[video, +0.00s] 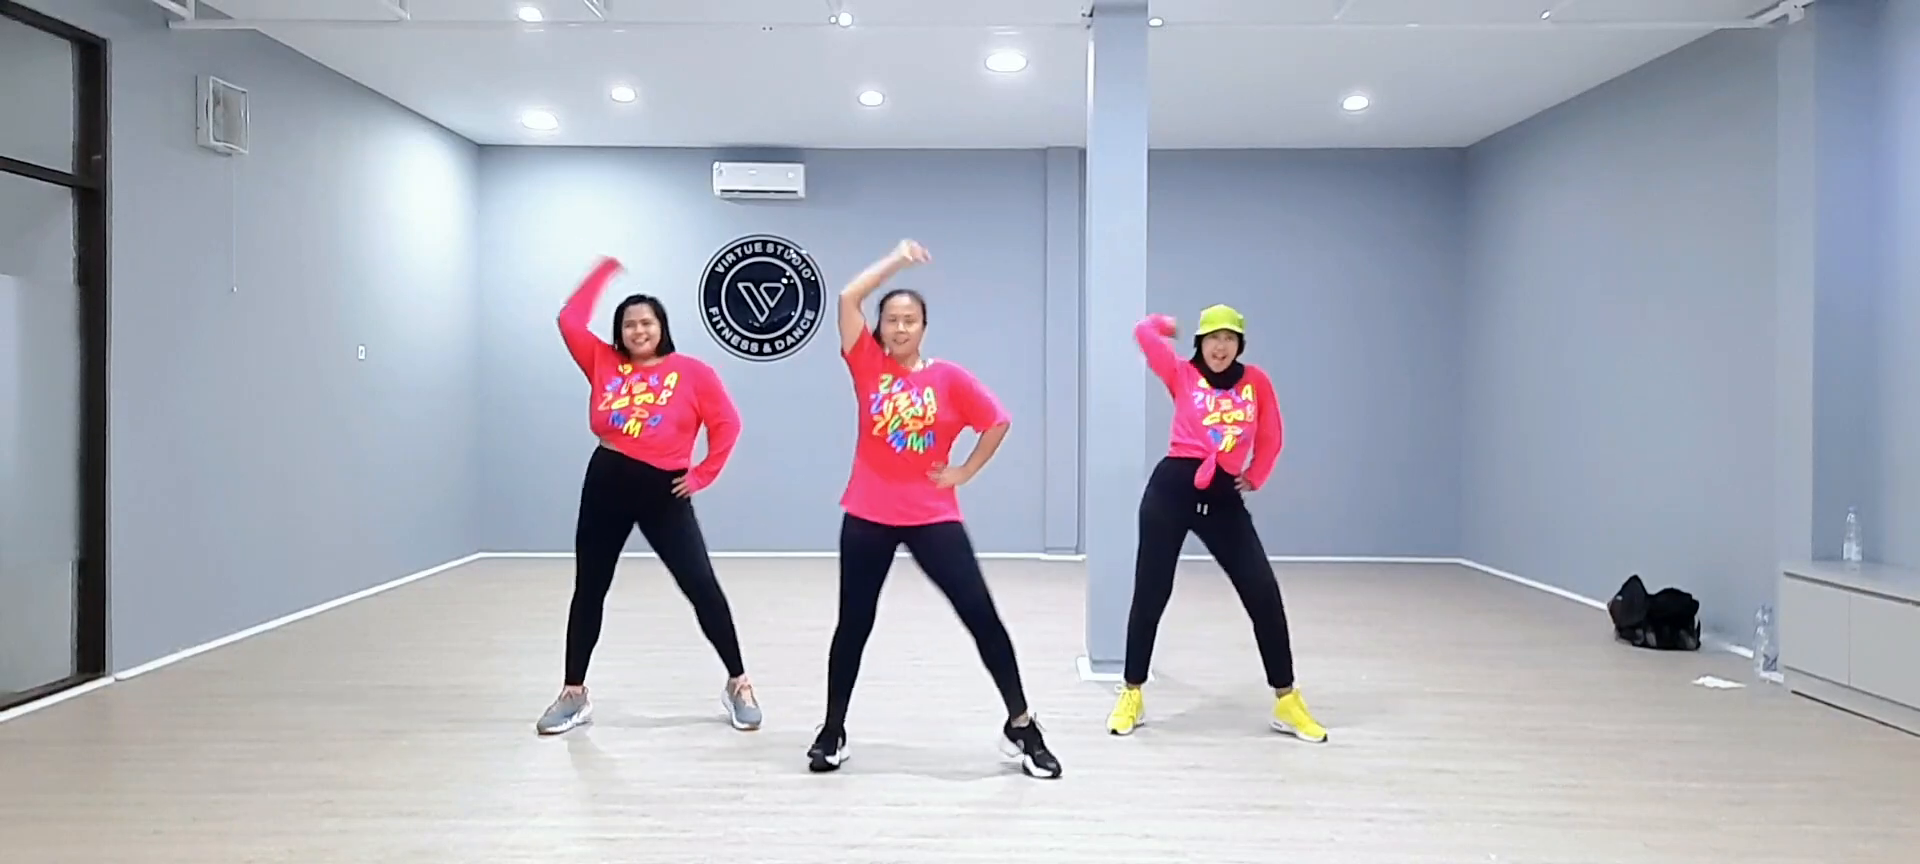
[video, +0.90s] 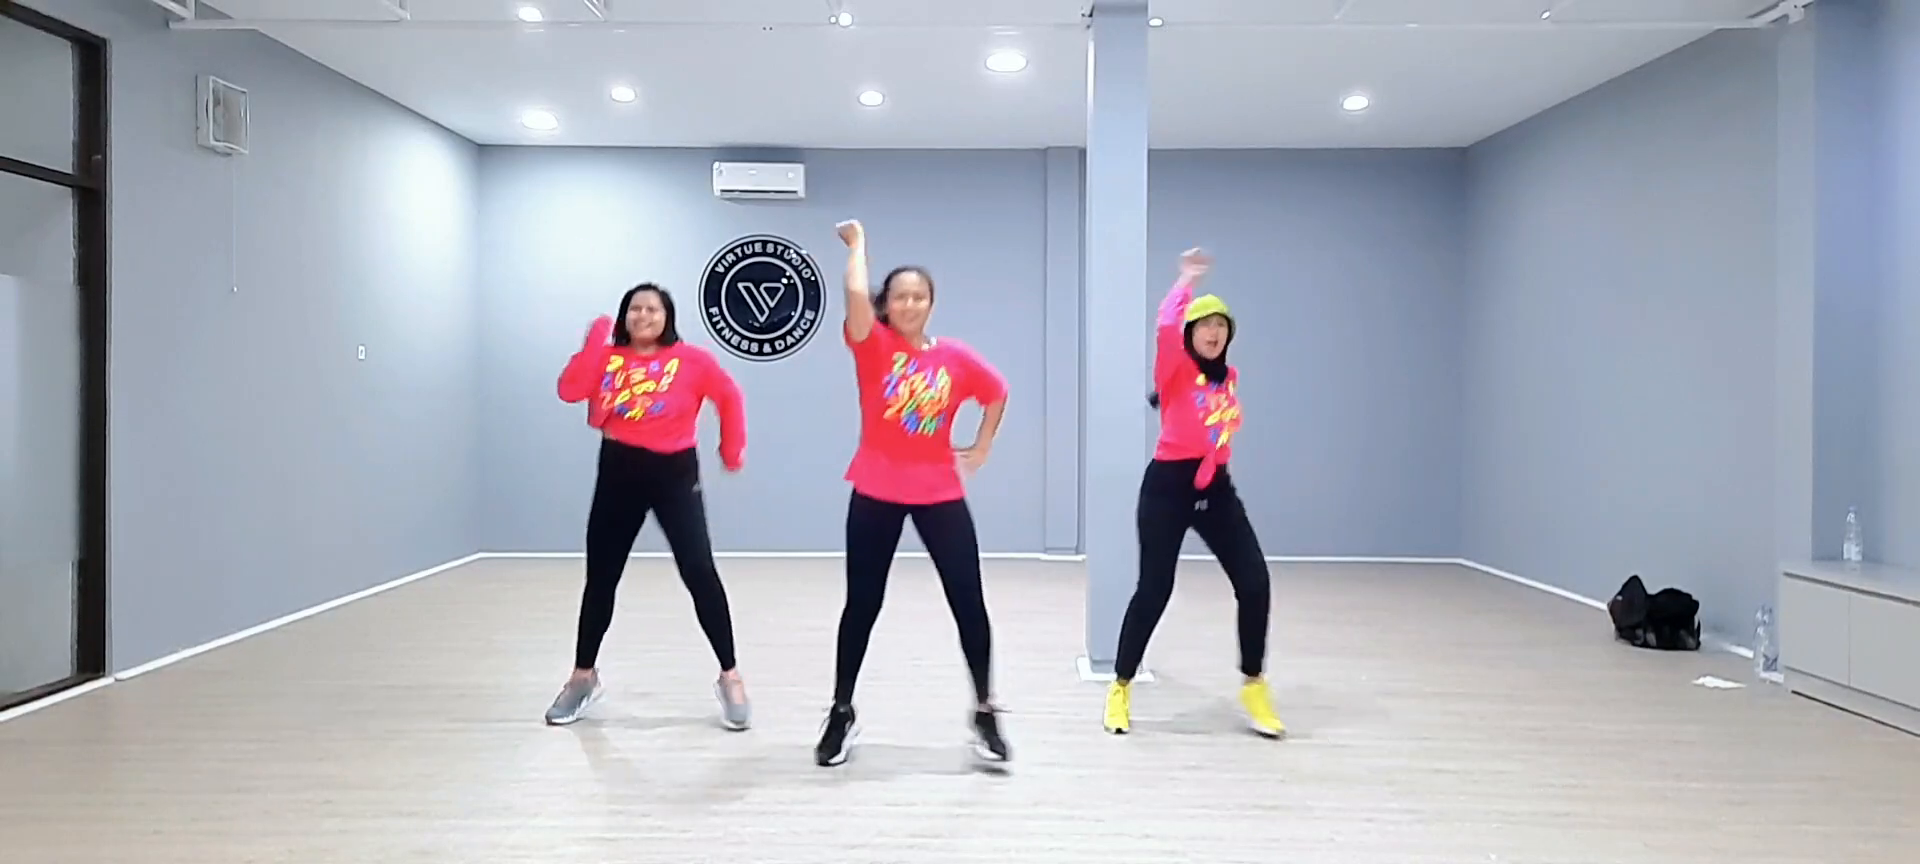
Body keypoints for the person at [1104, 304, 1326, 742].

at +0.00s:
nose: (1220, 347)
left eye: (1228, 339)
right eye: (1213, 338)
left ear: (1239, 344)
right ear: (1200, 342)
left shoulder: (1255, 381)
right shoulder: (1181, 375)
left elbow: (1271, 437)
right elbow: (1145, 337)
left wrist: (1252, 479)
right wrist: (1158, 324)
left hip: (1221, 497)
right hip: (1171, 490)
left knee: (1264, 593)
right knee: (1151, 593)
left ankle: (1286, 699)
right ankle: (1131, 694)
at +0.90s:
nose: (1213, 334)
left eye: (1220, 327)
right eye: (1205, 326)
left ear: (1229, 335)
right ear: (1188, 334)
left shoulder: (1226, 377)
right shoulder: (1176, 373)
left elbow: (1221, 427)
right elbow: (1167, 327)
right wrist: (1185, 283)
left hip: (1213, 483)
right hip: (1167, 484)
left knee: (1254, 581)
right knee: (1154, 588)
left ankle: (1254, 685)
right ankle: (1120, 687)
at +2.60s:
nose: (1246, 329)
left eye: (1255, 322)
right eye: (1239, 322)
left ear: (1269, 328)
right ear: (1229, 328)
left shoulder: (1293, 372)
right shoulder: (1209, 371)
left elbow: (1344, 406)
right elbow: (1159, 387)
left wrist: (1321, 447)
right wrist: (1146, 341)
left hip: (1271, 485)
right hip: (1218, 485)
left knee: (1281, 587)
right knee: (1215, 587)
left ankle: (1302, 692)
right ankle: (1219, 682)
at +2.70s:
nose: (1257, 328)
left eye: (1265, 320)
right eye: (1249, 320)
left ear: (1277, 327)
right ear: (1238, 326)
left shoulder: (1301, 366)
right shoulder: (1217, 364)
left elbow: (1337, 401)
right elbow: (1161, 355)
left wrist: (1311, 441)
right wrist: (1160, 305)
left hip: (1284, 480)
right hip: (1232, 480)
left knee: (1289, 589)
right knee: (1197, 582)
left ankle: (1314, 694)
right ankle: (1201, 677)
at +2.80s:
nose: (1262, 343)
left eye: (1270, 335)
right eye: (1255, 336)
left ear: (1284, 342)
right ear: (1244, 341)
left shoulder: (1303, 383)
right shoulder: (1227, 377)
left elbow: (1338, 421)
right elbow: (1185, 348)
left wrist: (1322, 456)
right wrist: (1163, 294)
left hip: (1294, 497)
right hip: (1242, 496)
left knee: (1300, 601)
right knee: (1195, 583)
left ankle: (1316, 702)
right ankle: (1167, 692)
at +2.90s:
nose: (1262, 349)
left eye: (1270, 342)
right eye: (1255, 342)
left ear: (1283, 348)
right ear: (1244, 349)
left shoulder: (1304, 390)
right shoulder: (1230, 381)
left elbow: (1347, 430)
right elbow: (1201, 338)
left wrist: (1318, 464)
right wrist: (1190, 288)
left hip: (1291, 504)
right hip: (1236, 503)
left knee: (1299, 604)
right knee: (1191, 586)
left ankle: (1317, 704)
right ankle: (1161, 695)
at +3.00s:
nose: (1253, 337)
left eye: (1260, 329)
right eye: (1245, 330)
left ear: (1274, 334)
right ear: (1233, 336)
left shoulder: (1295, 375)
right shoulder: (1220, 368)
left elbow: (1336, 423)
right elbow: (1195, 315)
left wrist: (1302, 462)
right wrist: (1231, 275)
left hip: (1273, 492)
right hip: (1219, 487)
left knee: (1288, 594)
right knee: (1174, 580)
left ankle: (1313, 695)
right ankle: (1140, 680)